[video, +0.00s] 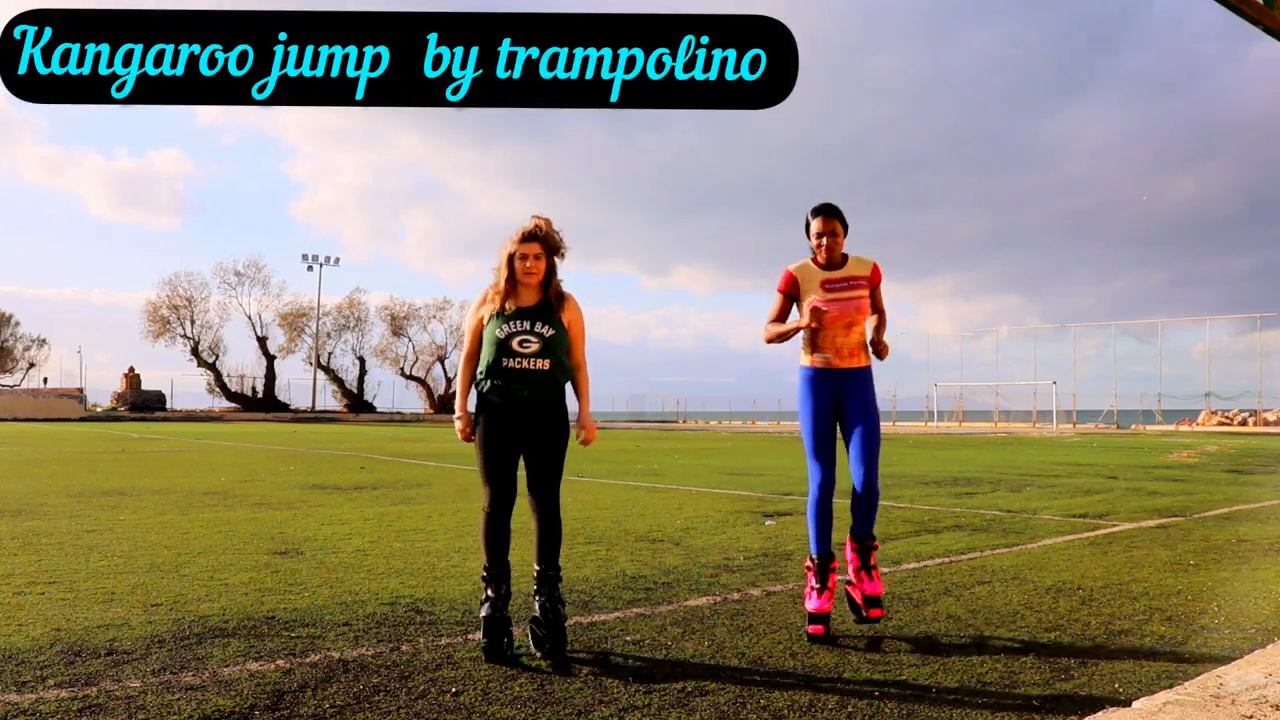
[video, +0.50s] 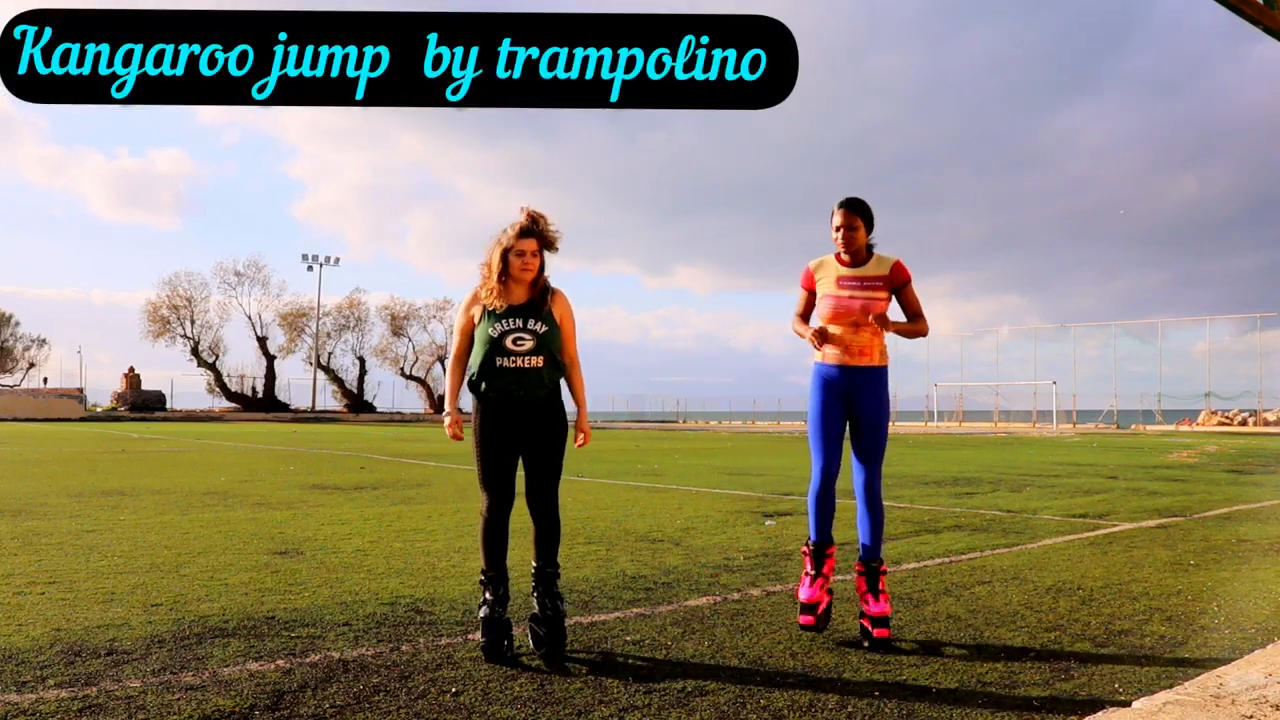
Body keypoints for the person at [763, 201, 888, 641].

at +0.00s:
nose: (826, 243)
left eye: (833, 235)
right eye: (819, 237)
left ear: (845, 235)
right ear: (809, 239)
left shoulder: (867, 270)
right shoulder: (797, 276)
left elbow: (879, 314)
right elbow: (770, 333)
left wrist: (877, 336)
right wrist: (798, 323)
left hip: (859, 380)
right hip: (816, 382)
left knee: (866, 482)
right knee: (821, 481)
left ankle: (862, 557)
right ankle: (820, 571)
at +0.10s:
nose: (828, 241)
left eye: (834, 233)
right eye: (821, 235)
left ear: (847, 232)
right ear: (812, 236)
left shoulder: (870, 269)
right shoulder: (799, 273)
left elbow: (883, 311)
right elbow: (770, 328)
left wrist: (878, 332)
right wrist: (801, 324)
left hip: (861, 380)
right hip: (818, 381)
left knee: (866, 481)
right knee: (823, 482)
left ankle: (866, 561)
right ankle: (821, 571)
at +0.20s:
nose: (833, 236)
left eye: (840, 228)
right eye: (826, 229)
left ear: (853, 228)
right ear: (817, 231)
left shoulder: (877, 266)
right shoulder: (805, 269)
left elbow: (890, 312)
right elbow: (783, 322)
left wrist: (881, 334)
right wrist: (807, 330)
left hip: (864, 377)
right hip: (821, 378)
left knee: (864, 478)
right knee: (824, 478)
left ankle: (871, 570)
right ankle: (820, 571)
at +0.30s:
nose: (835, 235)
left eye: (842, 227)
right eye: (829, 228)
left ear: (858, 227)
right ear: (821, 230)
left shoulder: (883, 267)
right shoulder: (810, 270)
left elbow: (898, 319)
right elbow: (793, 324)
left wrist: (885, 338)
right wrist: (812, 334)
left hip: (865, 380)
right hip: (823, 379)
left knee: (865, 479)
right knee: (826, 475)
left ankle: (871, 573)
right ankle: (819, 571)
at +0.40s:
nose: (838, 234)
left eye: (846, 227)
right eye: (833, 227)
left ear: (865, 229)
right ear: (827, 230)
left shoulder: (890, 269)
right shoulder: (816, 269)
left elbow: (914, 326)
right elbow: (801, 320)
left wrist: (889, 335)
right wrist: (811, 335)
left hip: (869, 381)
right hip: (825, 379)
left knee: (868, 481)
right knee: (824, 475)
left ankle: (872, 577)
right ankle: (816, 569)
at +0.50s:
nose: (841, 235)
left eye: (849, 228)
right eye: (836, 228)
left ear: (867, 231)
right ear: (830, 231)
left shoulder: (891, 270)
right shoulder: (817, 271)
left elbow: (920, 326)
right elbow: (798, 319)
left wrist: (892, 325)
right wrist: (808, 331)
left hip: (871, 382)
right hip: (826, 380)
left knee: (868, 483)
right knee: (822, 476)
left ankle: (872, 577)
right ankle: (817, 567)